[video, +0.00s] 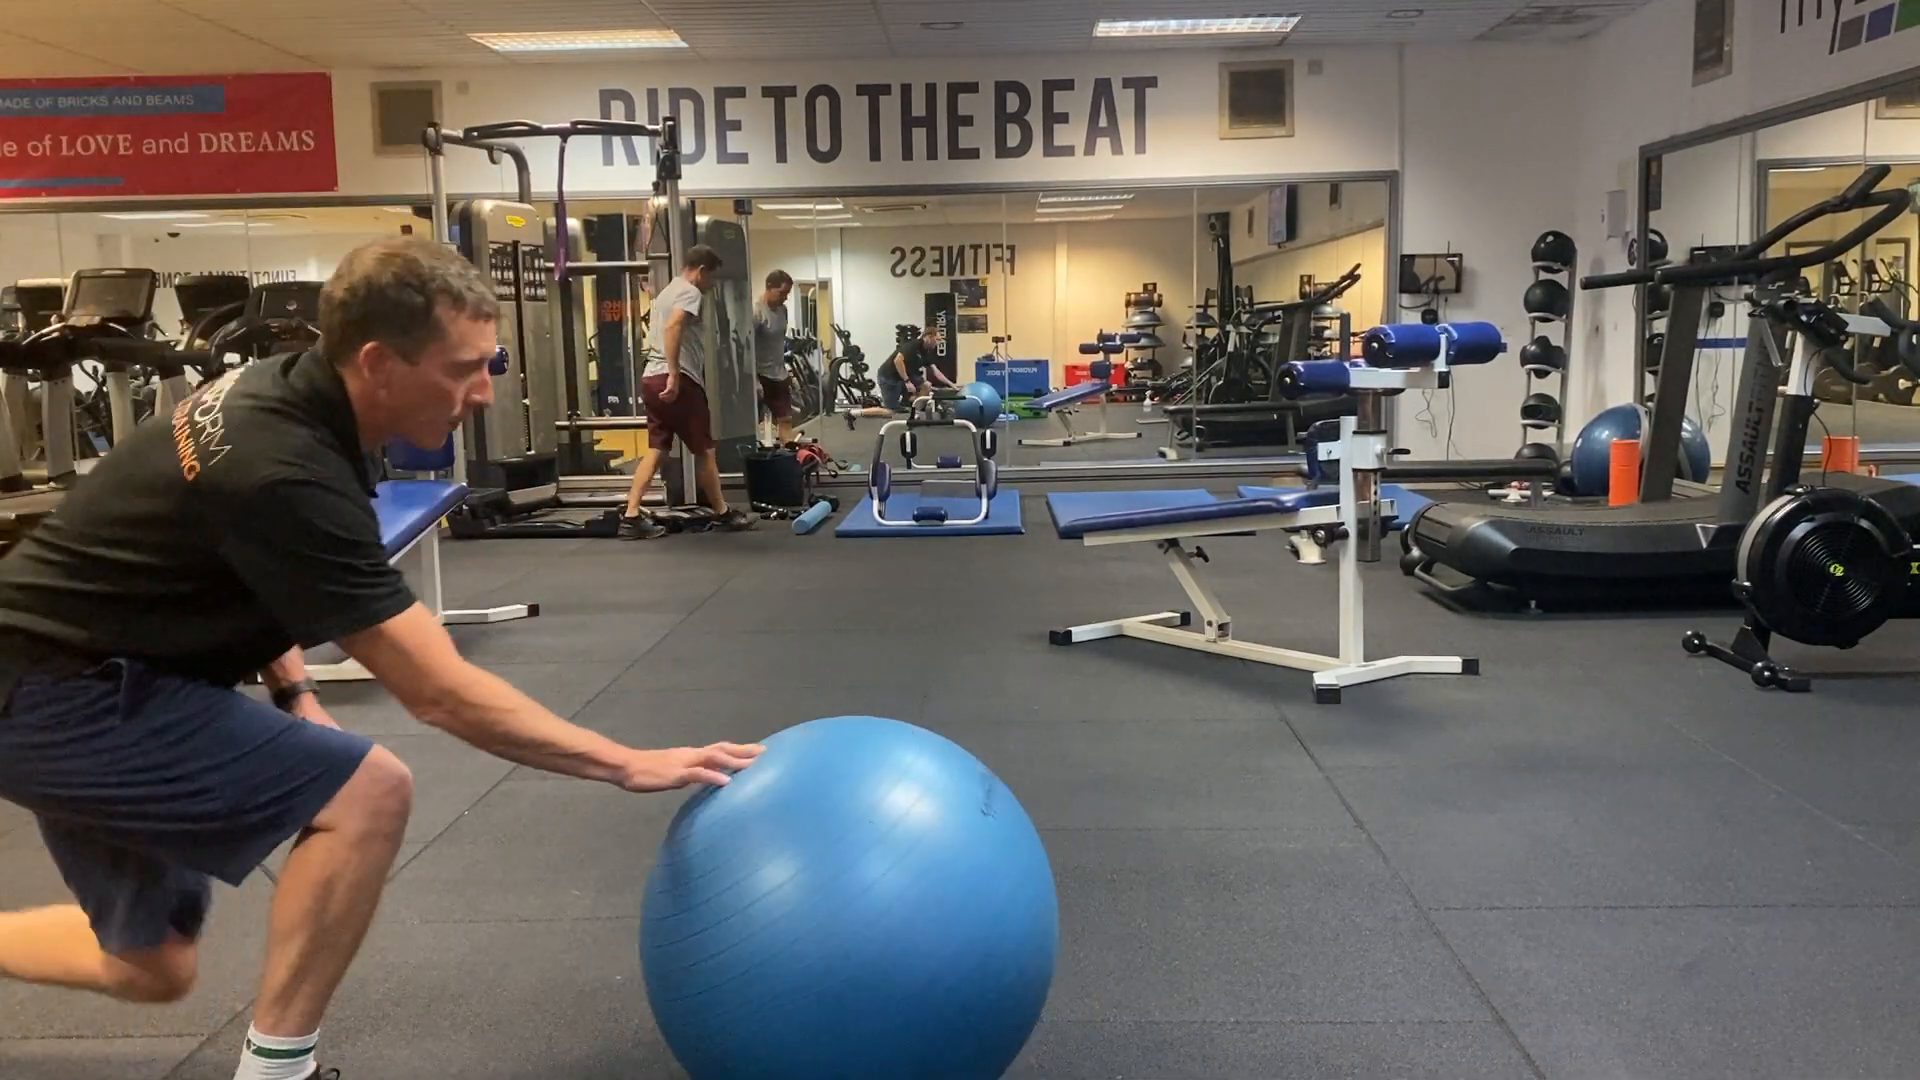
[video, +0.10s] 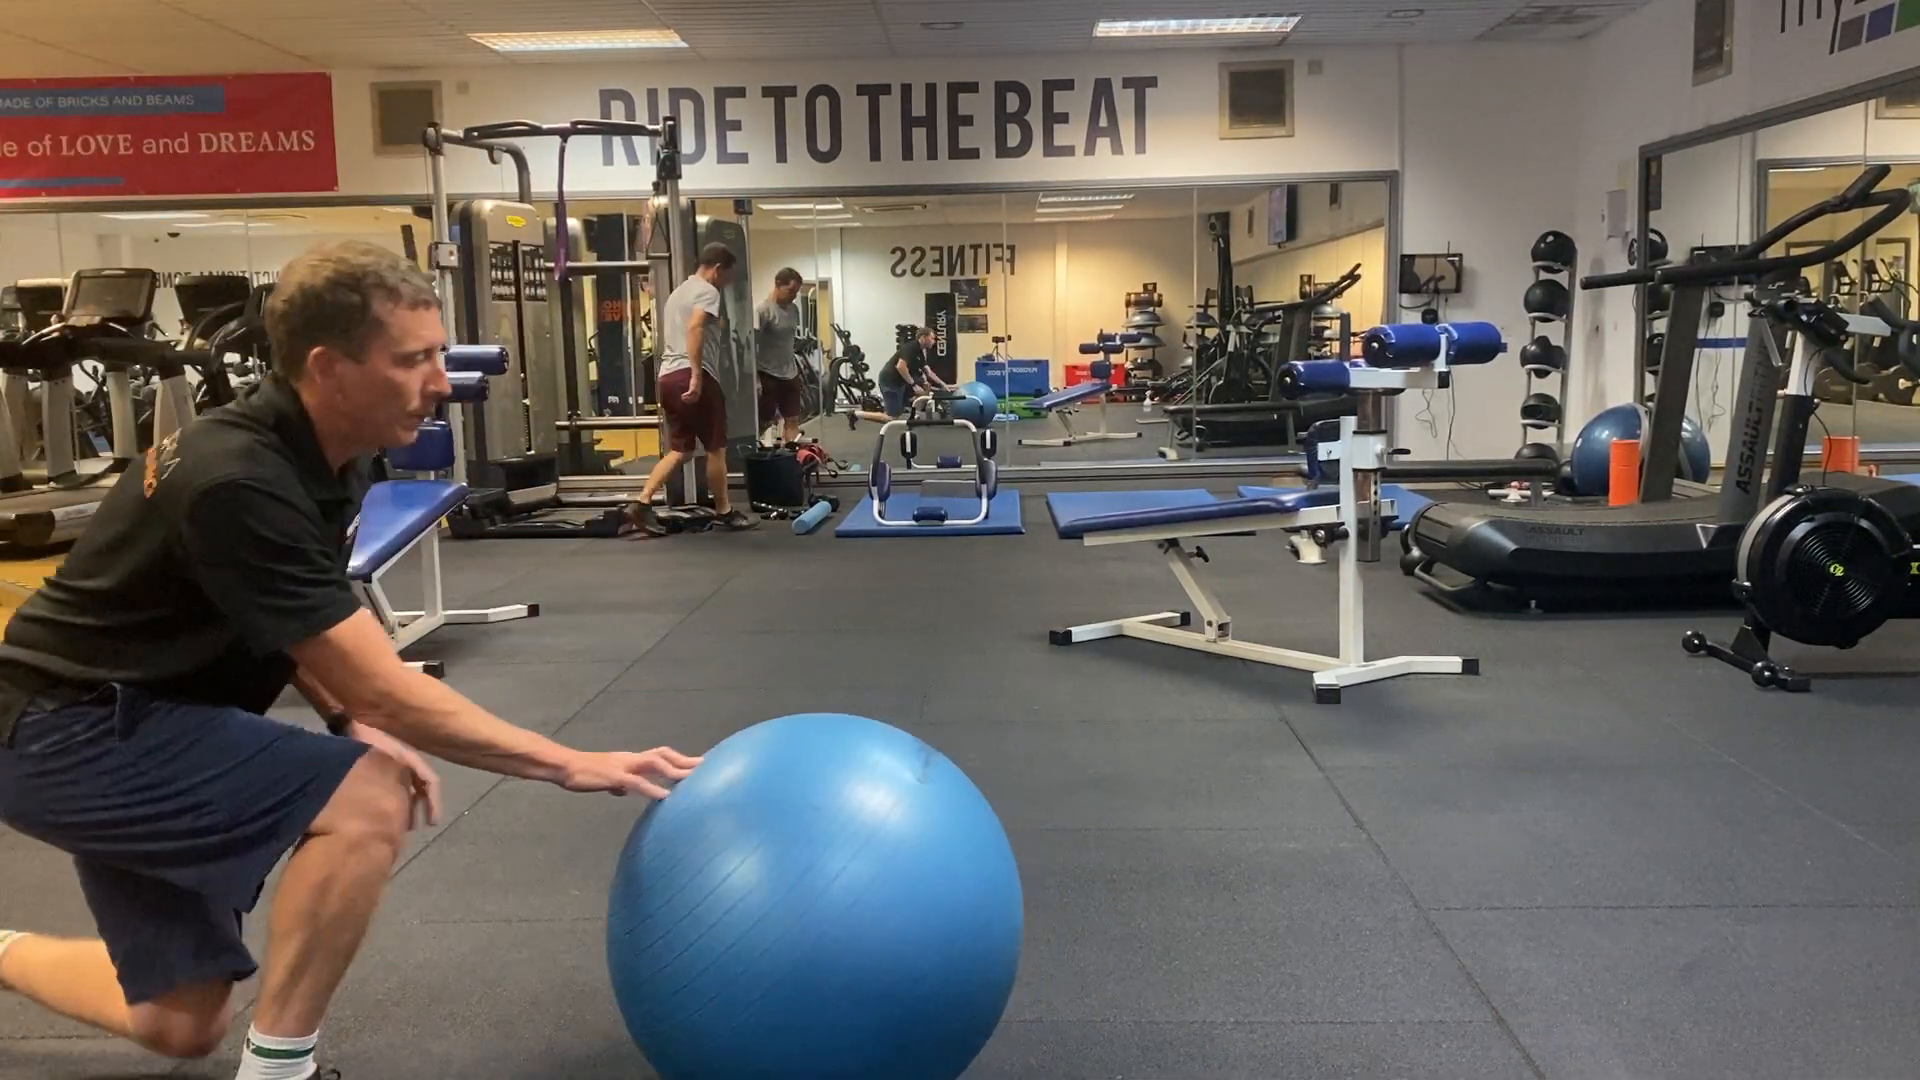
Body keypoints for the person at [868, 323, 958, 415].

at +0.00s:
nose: (937, 343)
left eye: (937, 340)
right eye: (936, 340)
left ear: (929, 338)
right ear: (928, 338)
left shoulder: (925, 351)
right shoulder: (913, 345)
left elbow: (935, 371)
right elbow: (898, 361)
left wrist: (951, 384)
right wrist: (907, 381)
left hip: (904, 376)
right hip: (888, 377)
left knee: (925, 387)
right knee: (892, 411)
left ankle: (902, 406)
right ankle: (859, 412)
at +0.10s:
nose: (933, 341)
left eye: (934, 339)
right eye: (932, 338)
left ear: (924, 338)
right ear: (923, 338)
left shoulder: (921, 351)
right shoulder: (911, 347)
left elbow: (927, 371)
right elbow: (901, 366)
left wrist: (944, 385)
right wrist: (914, 385)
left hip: (901, 381)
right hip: (890, 381)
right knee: (892, 417)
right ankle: (856, 414)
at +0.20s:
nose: (926, 340)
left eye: (926, 337)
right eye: (924, 337)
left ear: (917, 338)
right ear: (917, 338)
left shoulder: (913, 351)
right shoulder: (909, 349)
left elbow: (920, 372)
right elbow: (903, 372)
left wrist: (937, 386)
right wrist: (919, 386)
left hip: (900, 382)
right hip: (889, 385)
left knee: (923, 393)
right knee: (893, 420)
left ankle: (913, 419)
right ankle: (858, 414)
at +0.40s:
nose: (920, 338)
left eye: (920, 335)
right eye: (917, 335)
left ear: (909, 336)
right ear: (909, 335)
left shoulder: (906, 347)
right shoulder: (904, 349)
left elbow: (910, 373)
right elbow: (908, 375)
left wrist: (921, 388)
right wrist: (929, 382)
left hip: (893, 383)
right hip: (885, 385)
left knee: (913, 386)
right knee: (892, 421)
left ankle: (905, 414)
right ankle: (858, 414)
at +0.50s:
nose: (916, 337)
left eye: (916, 334)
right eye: (914, 334)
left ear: (906, 333)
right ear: (907, 333)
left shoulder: (897, 344)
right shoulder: (901, 347)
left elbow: (901, 373)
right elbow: (907, 371)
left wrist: (914, 384)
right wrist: (928, 381)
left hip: (895, 382)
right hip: (886, 386)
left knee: (910, 394)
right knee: (891, 421)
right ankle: (857, 414)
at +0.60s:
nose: (914, 336)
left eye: (914, 333)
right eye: (913, 333)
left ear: (904, 332)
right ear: (904, 332)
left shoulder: (897, 344)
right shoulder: (899, 347)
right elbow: (904, 373)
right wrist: (924, 383)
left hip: (897, 385)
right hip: (887, 386)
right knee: (892, 421)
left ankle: (874, 412)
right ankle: (857, 414)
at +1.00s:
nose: (924, 344)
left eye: (924, 341)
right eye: (923, 340)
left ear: (915, 339)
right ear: (914, 339)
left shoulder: (911, 352)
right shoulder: (904, 351)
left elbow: (907, 375)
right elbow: (900, 376)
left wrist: (920, 384)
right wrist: (918, 387)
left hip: (892, 387)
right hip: (884, 387)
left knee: (897, 422)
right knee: (893, 422)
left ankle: (867, 413)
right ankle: (866, 414)